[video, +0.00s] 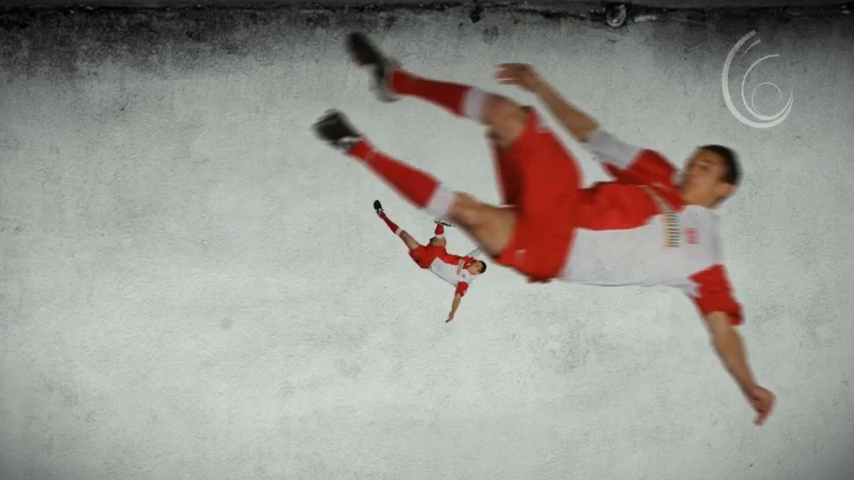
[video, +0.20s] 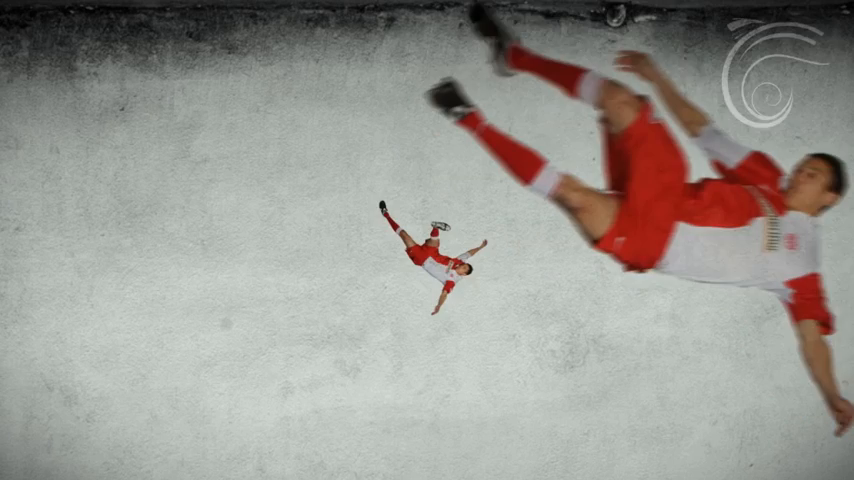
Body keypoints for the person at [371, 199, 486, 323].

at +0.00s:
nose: (474, 268)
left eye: (478, 269)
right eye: (476, 265)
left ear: (477, 274)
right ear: (473, 263)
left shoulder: (464, 282)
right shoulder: (467, 260)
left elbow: (458, 298)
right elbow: (478, 250)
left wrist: (452, 313)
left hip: (425, 261)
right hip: (437, 253)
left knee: (404, 235)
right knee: (440, 239)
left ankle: (382, 215)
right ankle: (440, 224)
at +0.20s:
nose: (461, 267)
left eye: (464, 270)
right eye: (464, 266)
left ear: (463, 274)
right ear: (462, 265)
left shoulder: (452, 280)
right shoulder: (458, 261)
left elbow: (445, 294)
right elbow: (469, 253)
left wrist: (438, 306)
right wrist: (481, 246)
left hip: (420, 258)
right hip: (432, 252)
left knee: (403, 234)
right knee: (434, 241)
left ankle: (386, 215)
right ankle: (436, 228)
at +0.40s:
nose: (449, 268)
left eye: (451, 270)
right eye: (451, 267)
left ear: (450, 274)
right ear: (450, 264)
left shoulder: (439, 278)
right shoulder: (446, 262)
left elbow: (432, 289)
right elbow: (457, 256)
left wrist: (426, 299)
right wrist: (468, 251)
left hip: (415, 256)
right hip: (425, 252)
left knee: (403, 233)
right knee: (428, 242)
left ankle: (389, 214)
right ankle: (431, 231)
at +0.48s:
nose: (445, 267)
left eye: (447, 269)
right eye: (447, 266)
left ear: (446, 272)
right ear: (446, 264)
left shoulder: (435, 276)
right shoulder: (442, 261)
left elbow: (428, 286)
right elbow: (452, 256)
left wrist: (422, 296)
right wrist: (464, 252)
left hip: (413, 255)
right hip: (423, 251)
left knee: (402, 232)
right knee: (426, 243)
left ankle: (391, 215)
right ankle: (429, 232)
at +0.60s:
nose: (439, 264)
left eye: (440, 267)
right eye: (441, 264)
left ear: (439, 270)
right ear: (440, 262)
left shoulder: (430, 273)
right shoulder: (437, 261)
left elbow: (423, 282)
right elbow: (446, 256)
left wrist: (416, 290)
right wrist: (456, 253)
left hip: (411, 252)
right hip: (420, 250)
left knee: (402, 231)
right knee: (423, 242)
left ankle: (392, 215)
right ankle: (426, 233)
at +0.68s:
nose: (435, 265)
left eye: (436, 267)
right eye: (436, 264)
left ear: (435, 269)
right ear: (436, 262)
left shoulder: (426, 271)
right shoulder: (432, 259)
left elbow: (419, 279)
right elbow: (442, 256)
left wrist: (412, 286)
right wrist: (452, 253)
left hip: (409, 250)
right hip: (417, 249)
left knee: (402, 231)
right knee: (421, 242)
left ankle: (394, 215)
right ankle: (425, 233)